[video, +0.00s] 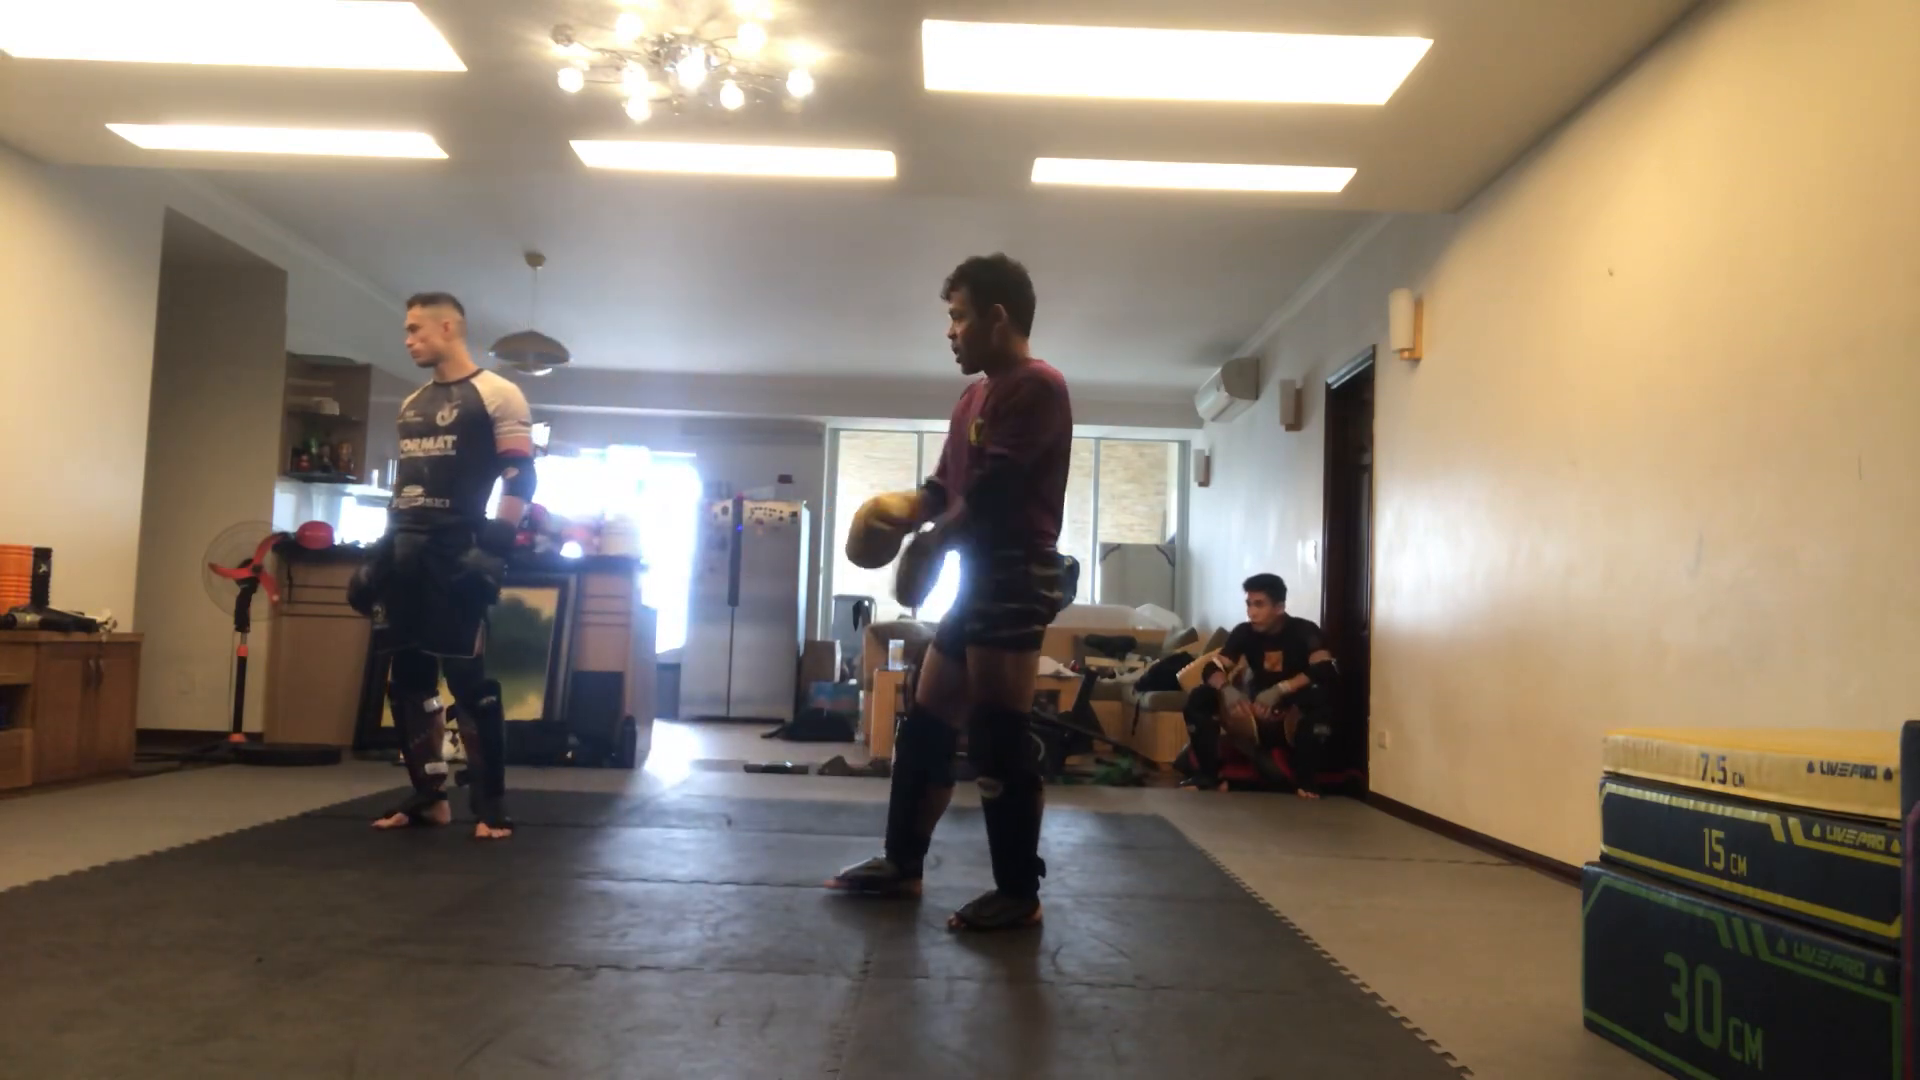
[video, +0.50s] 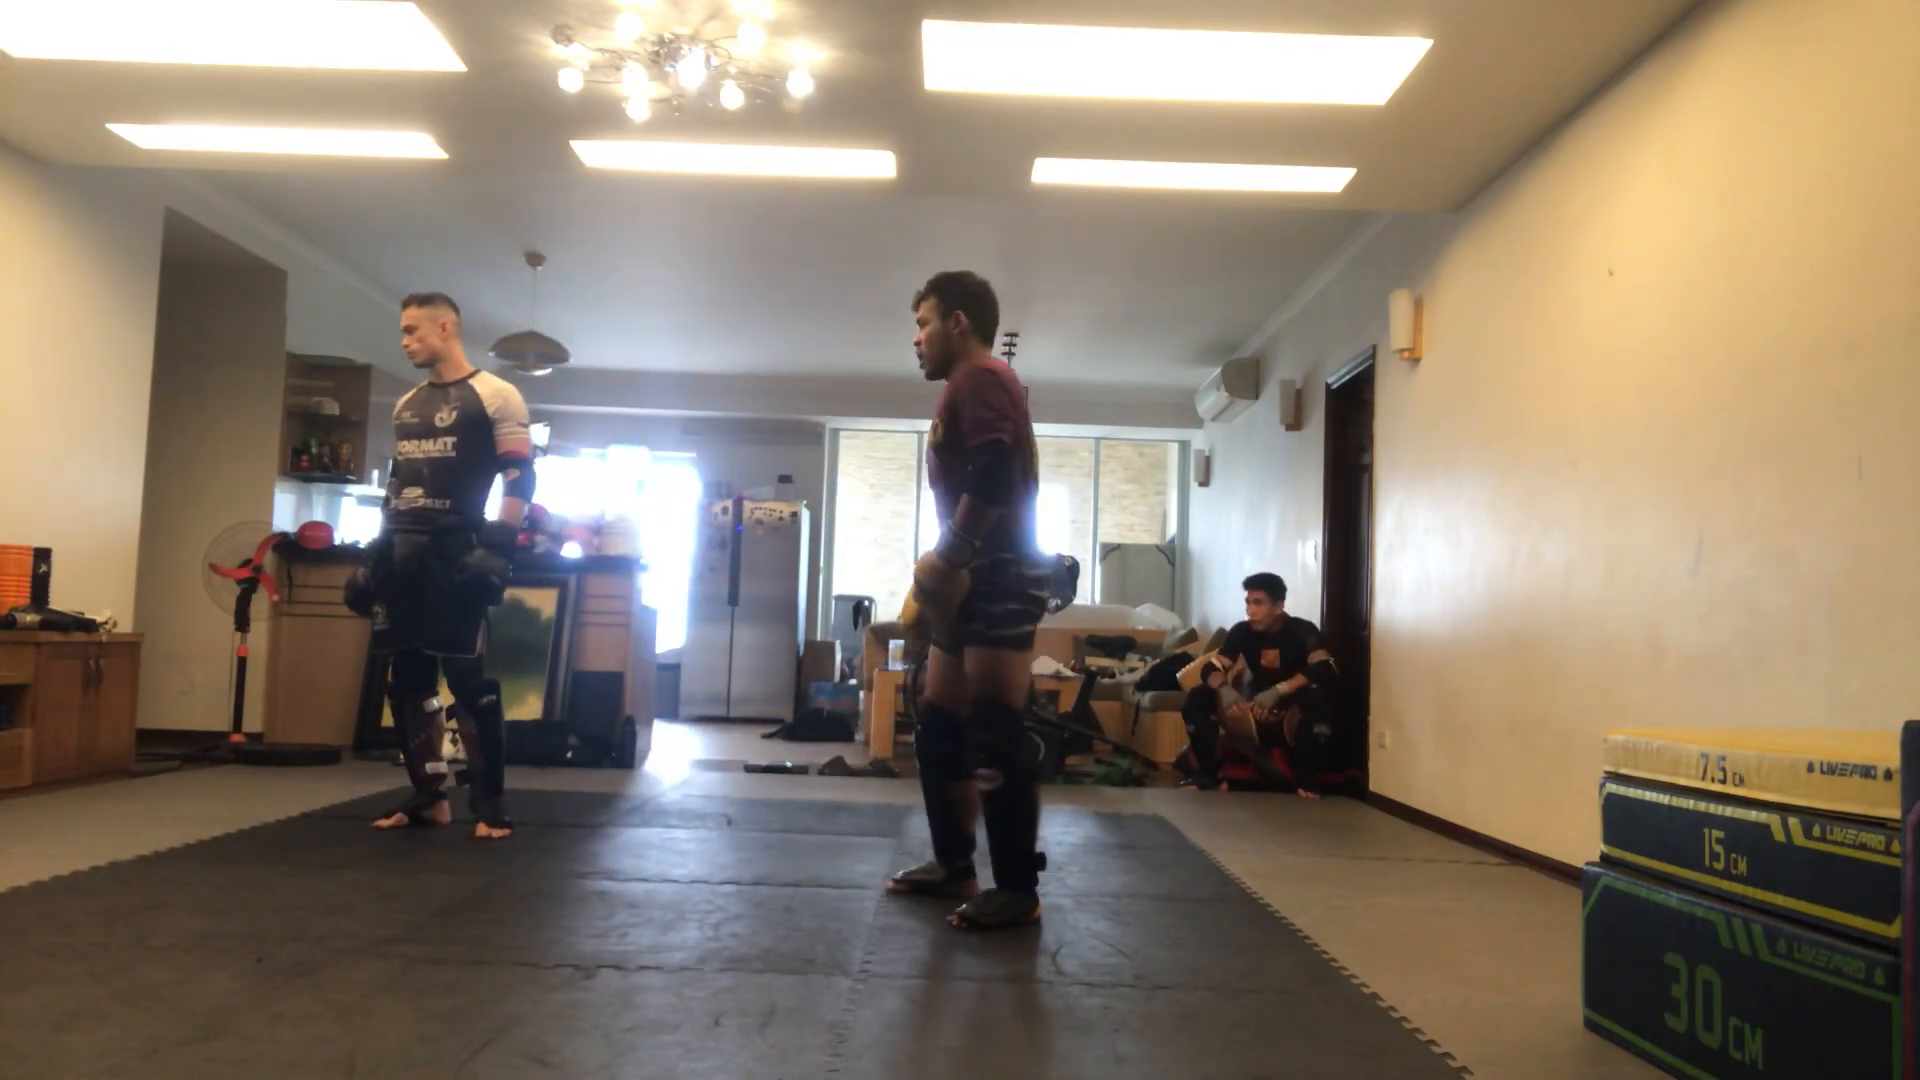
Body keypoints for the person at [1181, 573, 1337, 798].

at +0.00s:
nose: (1251, 612)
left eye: (1258, 605)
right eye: (1249, 605)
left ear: (1279, 607)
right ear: (1245, 604)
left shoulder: (1304, 630)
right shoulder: (1244, 633)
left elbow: (1325, 668)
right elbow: (1212, 669)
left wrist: (1279, 690)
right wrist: (1228, 692)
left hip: (1292, 717)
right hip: (1251, 716)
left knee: (1317, 702)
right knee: (1199, 699)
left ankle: (1306, 782)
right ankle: (1209, 776)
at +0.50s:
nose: (1250, 610)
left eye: (1257, 603)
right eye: (1248, 603)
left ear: (1279, 605)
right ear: (1245, 603)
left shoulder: (1303, 631)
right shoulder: (1242, 632)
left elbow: (1324, 667)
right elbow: (1211, 669)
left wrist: (1277, 691)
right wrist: (1224, 689)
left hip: (1294, 708)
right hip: (1252, 708)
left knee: (1317, 704)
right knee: (1197, 699)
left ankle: (1307, 781)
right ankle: (1208, 775)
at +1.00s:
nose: (1250, 613)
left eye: (1257, 607)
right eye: (1248, 606)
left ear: (1278, 611)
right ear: (1245, 604)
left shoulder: (1302, 631)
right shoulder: (1242, 632)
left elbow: (1324, 668)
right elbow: (1212, 668)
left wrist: (1277, 691)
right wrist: (1223, 690)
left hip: (1293, 713)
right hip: (1254, 712)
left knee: (1316, 701)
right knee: (1198, 698)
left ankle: (1306, 781)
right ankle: (1208, 776)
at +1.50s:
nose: (1250, 614)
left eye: (1258, 608)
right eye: (1249, 606)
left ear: (1279, 611)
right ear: (1246, 604)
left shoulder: (1303, 631)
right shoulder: (1242, 631)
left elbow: (1325, 668)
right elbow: (1212, 669)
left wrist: (1278, 691)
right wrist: (1224, 691)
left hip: (1294, 711)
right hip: (1253, 711)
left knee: (1318, 702)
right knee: (1198, 698)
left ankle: (1306, 782)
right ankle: (1208, 776)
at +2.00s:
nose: (1248, 614)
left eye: (1256, 608)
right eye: (1247, 606)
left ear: (1278, 611)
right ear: (1245, 604)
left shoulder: (1302, 631)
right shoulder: (1241, 632)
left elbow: (1327, 668)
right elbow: (1212, 668)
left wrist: (1282, 690)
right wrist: (1223, 689)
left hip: (1294, 718)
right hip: (1253, 718)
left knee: (1321, 700)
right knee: (1198, 698)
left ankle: (1306, 781)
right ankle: (1208, 776)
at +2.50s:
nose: (1246, 620)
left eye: (1251, 613)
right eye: (1244, 613)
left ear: (1274, 608)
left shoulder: (1306, 633)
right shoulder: (1243, 632)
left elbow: (1312, 676)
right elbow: (1211, 668)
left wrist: (1279, 635)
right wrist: (1223, 689)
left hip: (1293, 720)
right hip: (1251, 720)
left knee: (1319, 703)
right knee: (1198, 698)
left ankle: (1306, 782)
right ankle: (1208, 777)